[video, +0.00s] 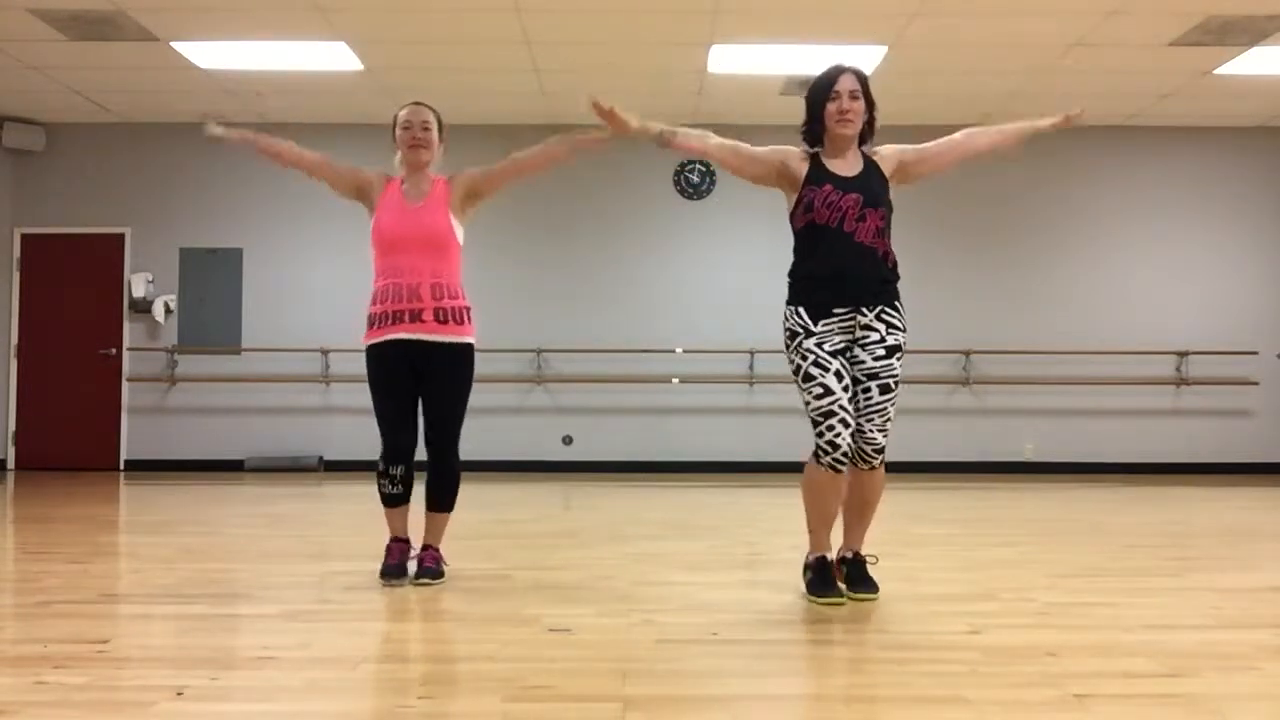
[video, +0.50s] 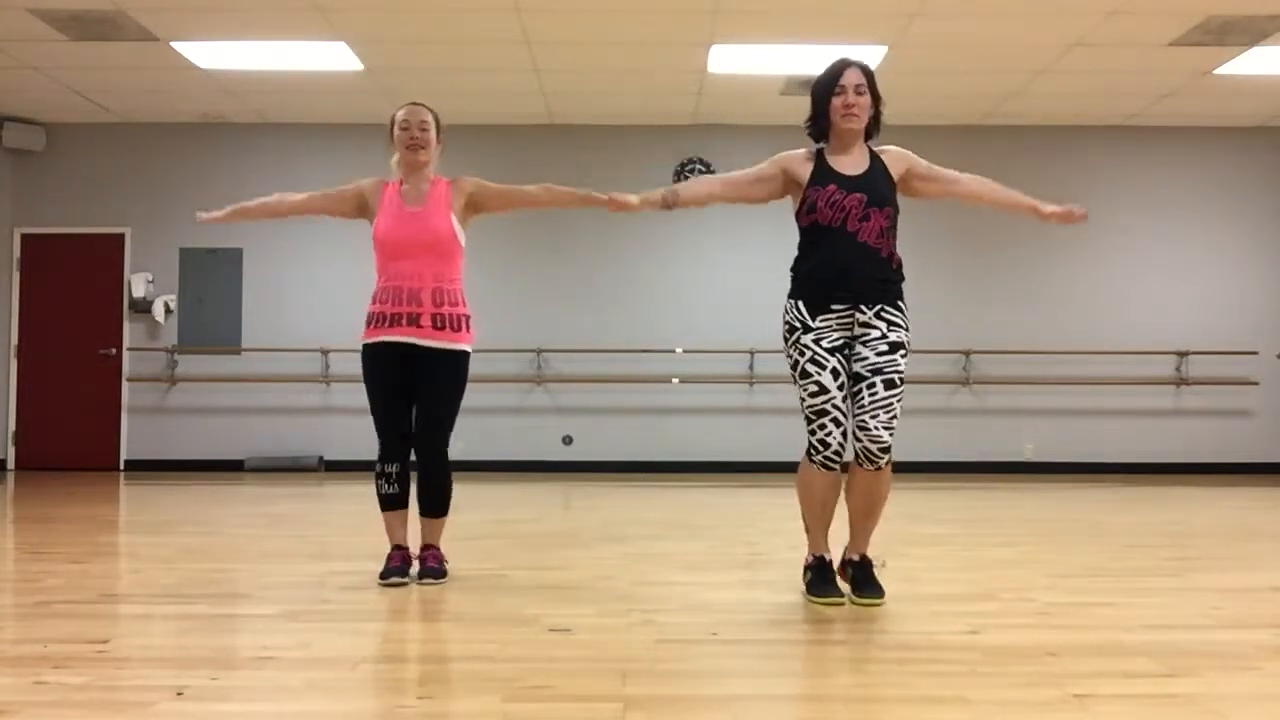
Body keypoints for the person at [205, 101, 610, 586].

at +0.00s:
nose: (418, 132)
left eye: (427, 126)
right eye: (409, 126)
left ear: (440, 141)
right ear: (394, 141)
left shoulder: (459, 191)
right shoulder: (375, 187)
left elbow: (527, 161)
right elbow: (309, 162)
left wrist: (604, 137)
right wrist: (247, 137)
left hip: (449, 337)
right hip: (389, 336)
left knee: (443, 445)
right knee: (397, 445)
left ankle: (431, 549)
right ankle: (398, 543)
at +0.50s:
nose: (415, 132)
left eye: (424, 126)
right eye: (405, 126)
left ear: (438, 140)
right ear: (393, 141)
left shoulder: (461, 192)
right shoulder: (374, 193)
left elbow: (537, 194)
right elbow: (295, 203)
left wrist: (605, 200)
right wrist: (229, 212)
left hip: (446, 336)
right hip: (386, 334)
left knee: (432, 444)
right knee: (392, 442)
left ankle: (432, 549)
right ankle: (399, 550)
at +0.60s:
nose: (417, 126)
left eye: (426, 121)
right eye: (407, 121)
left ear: (440, 136)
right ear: (395, 137)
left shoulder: (463, 187)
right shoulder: (377, 190)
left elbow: (536, 197)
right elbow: (302, 208)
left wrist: (605, 209)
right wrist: (241, 225)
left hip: (449, 334)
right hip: (390, 332)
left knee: (437, 444)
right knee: (395, 444)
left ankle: (433, 548)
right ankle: (398, 549)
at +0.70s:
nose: (420, 126)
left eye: (429, 121)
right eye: (411, 121)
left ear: (442, 137)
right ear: (398, 137)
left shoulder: (464, 189)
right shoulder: (378, 191)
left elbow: (541, 201)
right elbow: (301, 217)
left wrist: (606, 217)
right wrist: (239, 237)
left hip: (450, 333)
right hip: (391, 332)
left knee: (441, 444)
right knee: (394, 443)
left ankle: (434, 549)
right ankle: (399, 545)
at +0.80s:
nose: (423, 128)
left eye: (431, 123)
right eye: (413, 122)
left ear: (443, 138)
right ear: (398, 137)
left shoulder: (464, 191)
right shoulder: (376, 193)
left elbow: (537, 209)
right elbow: (304, 225)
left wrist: (603, 228)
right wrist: (243, 253)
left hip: (452, 334)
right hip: (392, 333)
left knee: (444, 444)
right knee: (398, 440)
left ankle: (434, 548)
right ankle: (400, 535)